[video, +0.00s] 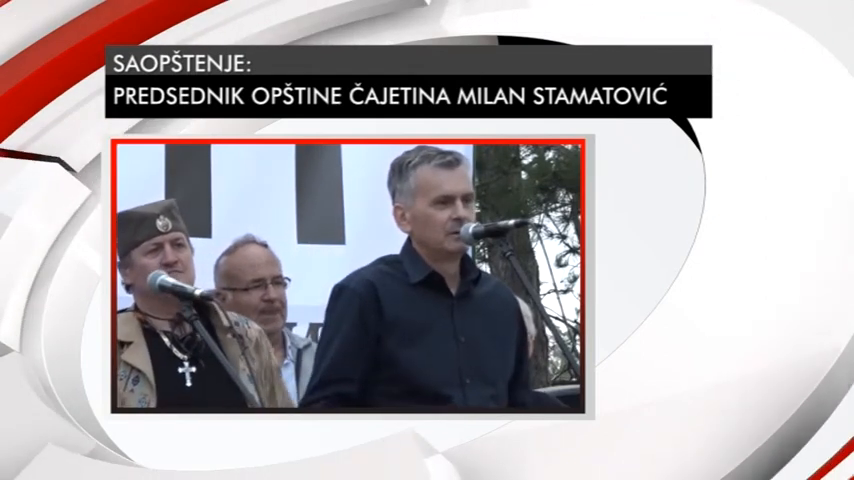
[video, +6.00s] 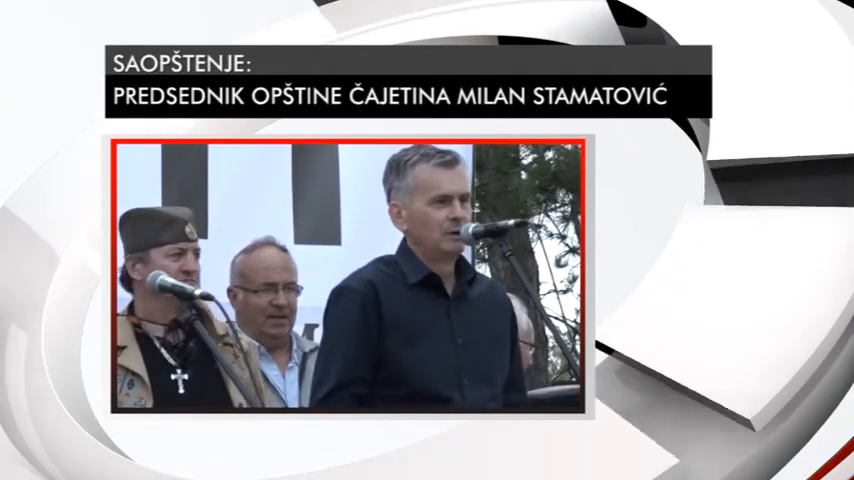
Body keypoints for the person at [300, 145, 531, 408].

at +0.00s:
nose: (461, 214)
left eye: (467, 201)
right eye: (443, 203)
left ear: (475, 206)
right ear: (403, 217)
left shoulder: (502, 301)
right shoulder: (363, 294)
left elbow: (519, 405)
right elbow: (322, 408)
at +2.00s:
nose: (461, 211)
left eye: (467, 197)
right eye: (442, 200)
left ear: (475, 203)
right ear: (402, 215)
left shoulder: (499, 301)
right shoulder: (360, 296)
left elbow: (521, 406)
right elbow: (332, 408)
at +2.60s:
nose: (459, 210)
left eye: (464, 197)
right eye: (441, 199)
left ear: (472, 204)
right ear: (400, 215)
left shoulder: (499, 300)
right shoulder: (367, 290)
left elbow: (531, 395)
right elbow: (329, 397)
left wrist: (597, 397)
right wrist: (397, 402)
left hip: (496, 461)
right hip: (401, 463)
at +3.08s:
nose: (462, 215)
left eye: (467, 201)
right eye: (444, 204)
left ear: (474, 204)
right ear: (401, 215)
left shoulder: (500, 301)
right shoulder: (368, 292)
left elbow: (536, 405)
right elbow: (331, 397)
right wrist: (371, 415)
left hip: (499, 460)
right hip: (405, 463)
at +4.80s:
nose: (461, 212)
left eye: (465, 199)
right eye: (443, 200)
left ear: (472, 204)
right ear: (400, 213)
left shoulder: (496, 302)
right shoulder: (362, 296)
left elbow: (522, 408)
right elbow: (330, 405)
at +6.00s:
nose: (459, 214)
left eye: (464, 201)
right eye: (441, 202)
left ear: (471, 206)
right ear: (398, 215)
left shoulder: (494, 300)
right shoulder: (360, 297)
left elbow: (514, 410)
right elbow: (332, 414)